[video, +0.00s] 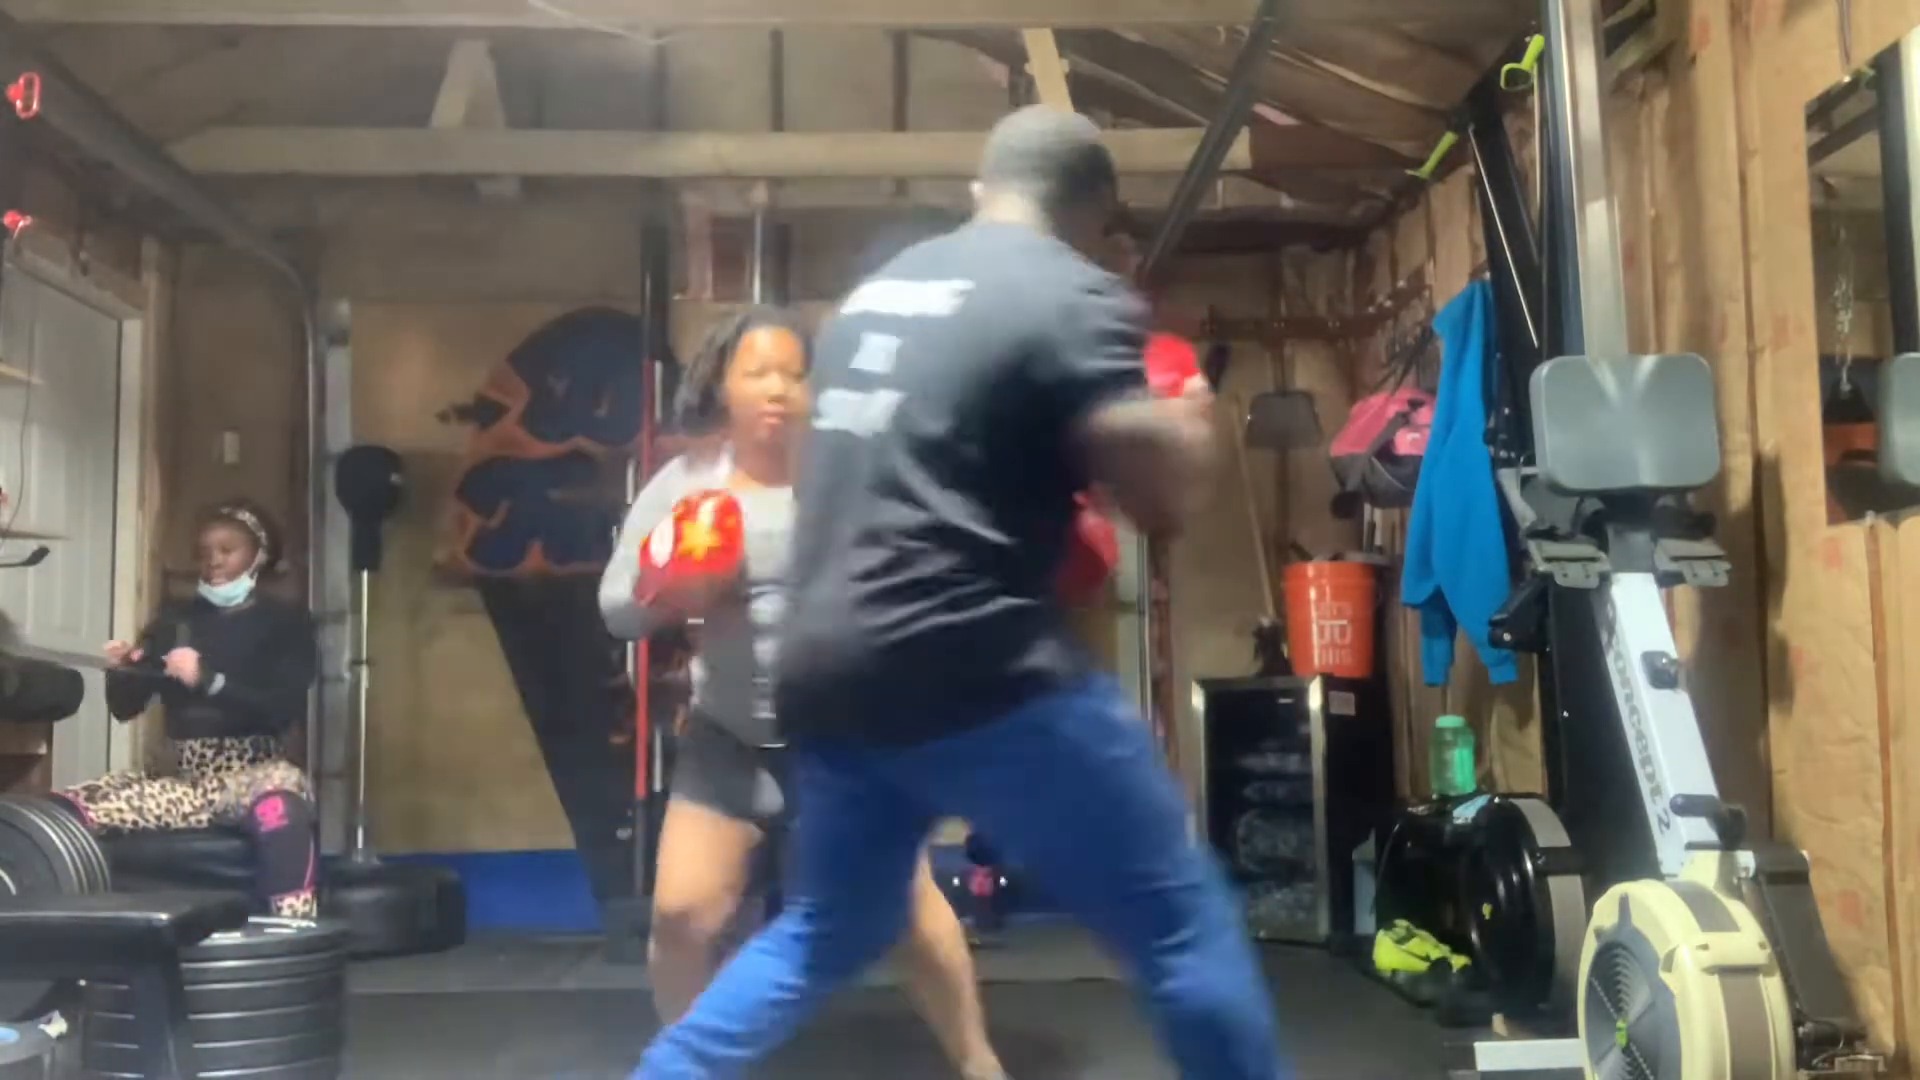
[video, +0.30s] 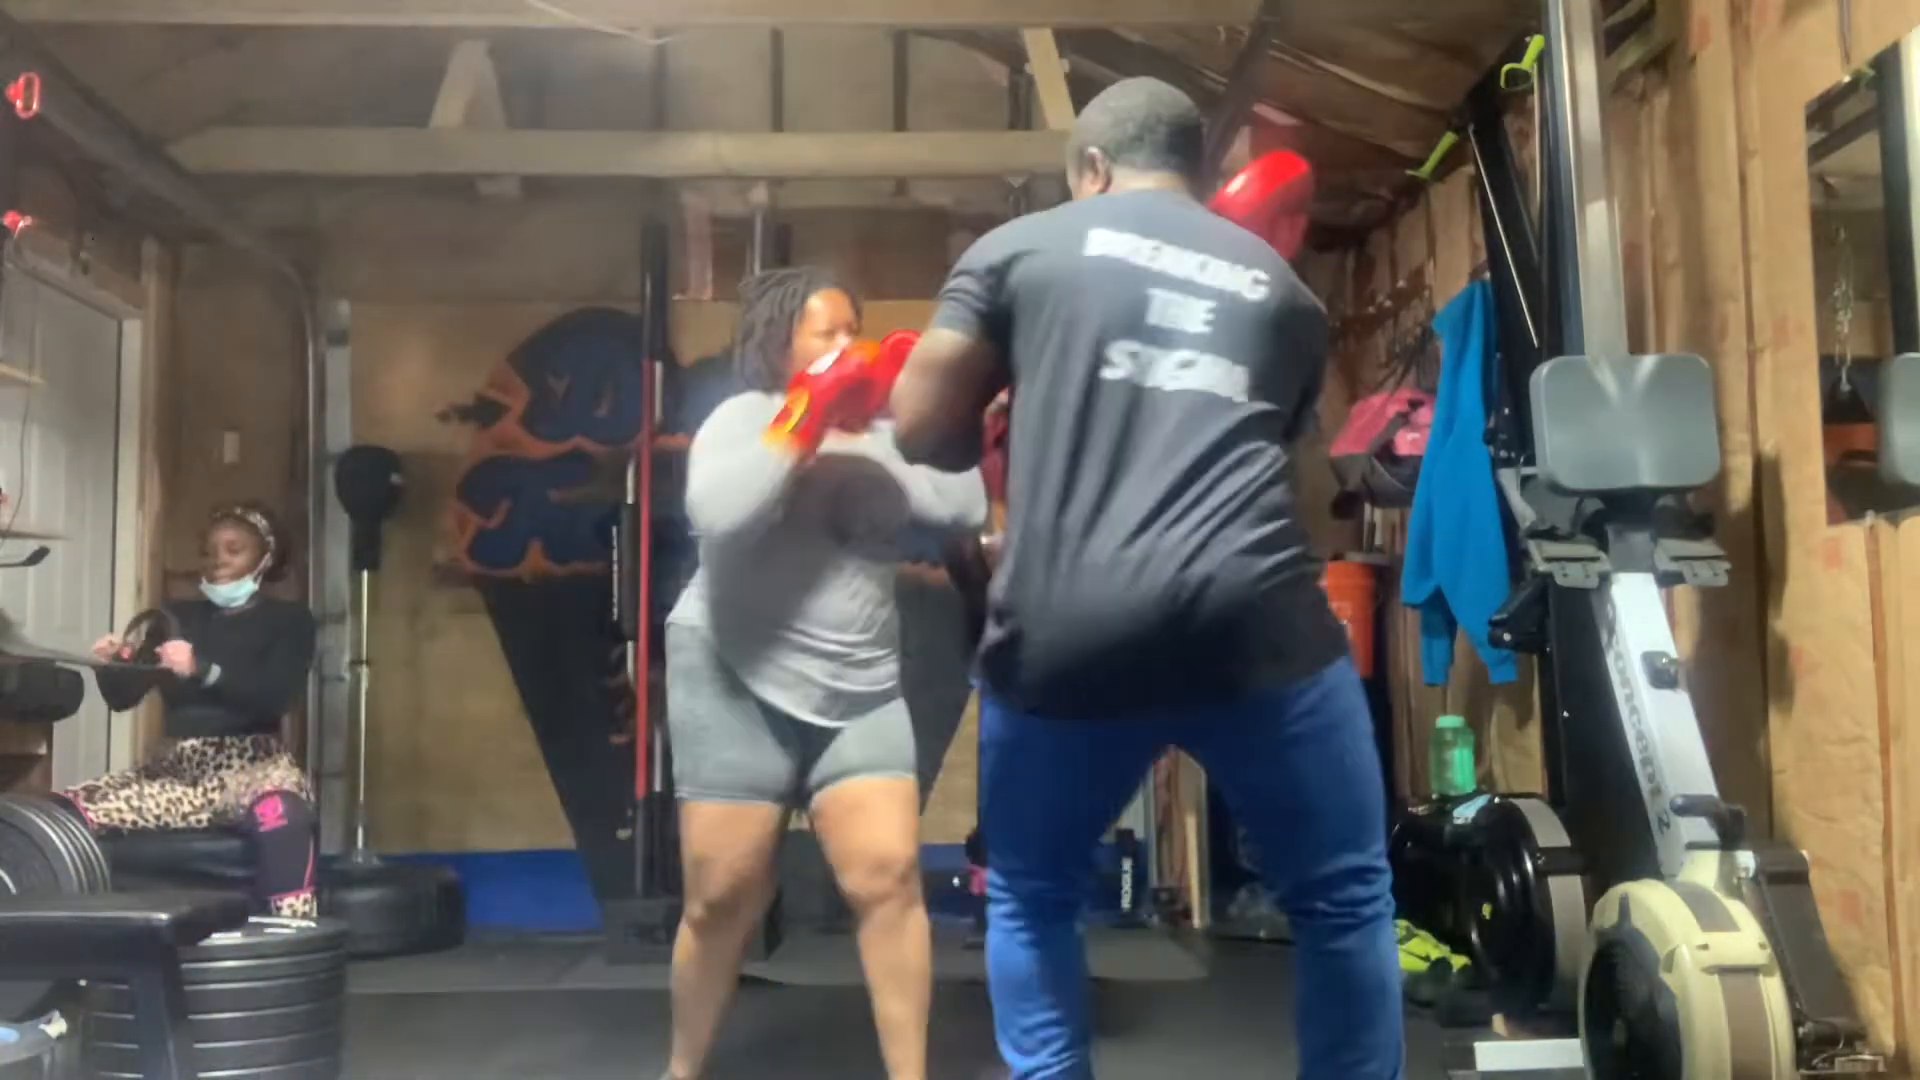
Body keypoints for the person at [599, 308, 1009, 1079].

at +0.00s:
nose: (778, 391)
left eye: (792, 376)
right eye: (759, 374)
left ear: (814, 390)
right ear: (720, 390)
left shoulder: (845, 478)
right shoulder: (683, 482)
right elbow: (617, 604)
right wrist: (674, 596)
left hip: (841, 728)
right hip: (729, 736)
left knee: (916, 907)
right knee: (681, 911)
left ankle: (976, 1062)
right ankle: (688, 1062)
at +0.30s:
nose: (845, 347)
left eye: (852, 333)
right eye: (826, 332)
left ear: (860, 343)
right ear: (774, 341)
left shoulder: (884, 431)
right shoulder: (741, 420)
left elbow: (970, 498)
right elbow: (716, 514)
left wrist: (891, 487)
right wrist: (808, 417)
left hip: (861, 685)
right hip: (733, 677)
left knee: (887, 878)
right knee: (721, 893)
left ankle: (909, 1073)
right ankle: (685, 1067)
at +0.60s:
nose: (833, 327)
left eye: (847, 315)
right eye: (815, 310)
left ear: (861, 332)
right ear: (776, 324)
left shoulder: (901, 406)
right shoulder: (727, 413)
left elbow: (1001, 450)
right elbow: (656, 529)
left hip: (884, 672)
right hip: (748, 667)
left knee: (879, 869)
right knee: (707, 867)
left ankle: (909, 1073)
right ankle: (657, 1054)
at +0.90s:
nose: (890, 323)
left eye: (899, 307)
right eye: (871, 307)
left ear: (914, 318)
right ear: (821, 316)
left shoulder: (933, 397)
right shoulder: (777, 382)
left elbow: (997, 529)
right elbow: (724, 460)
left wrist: (998, 448)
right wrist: (825, 381)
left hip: (909, 667)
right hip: (779, 647)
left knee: (891, 870)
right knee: (731, 860)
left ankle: (911, 1073)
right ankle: (658, 1053)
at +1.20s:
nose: (876, 343)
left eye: (887, 329)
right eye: (858, 326)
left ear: (897, 340)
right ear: (809, 330)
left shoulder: (908, 427)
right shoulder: (761, 399)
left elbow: (945, 561)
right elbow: (762, 494)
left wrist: (961, 474)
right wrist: (876, 443)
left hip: (877, 666)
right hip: (750, 647)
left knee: (883, 871)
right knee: (721, 879)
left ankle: (911, 1073)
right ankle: (660, 1061)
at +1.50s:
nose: (835, 371)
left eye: (844, 357)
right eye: (819, 352)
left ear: (850, 368)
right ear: (767, 354)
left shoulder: (856, 456)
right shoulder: (700, 445)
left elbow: (898, 583)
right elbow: (655, 574)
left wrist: (894, 533)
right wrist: (755, 528)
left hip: (843, 697)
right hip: (711, 695)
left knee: (880, 866)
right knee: (697, 892)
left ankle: (894, 1071)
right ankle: (668, 1071)